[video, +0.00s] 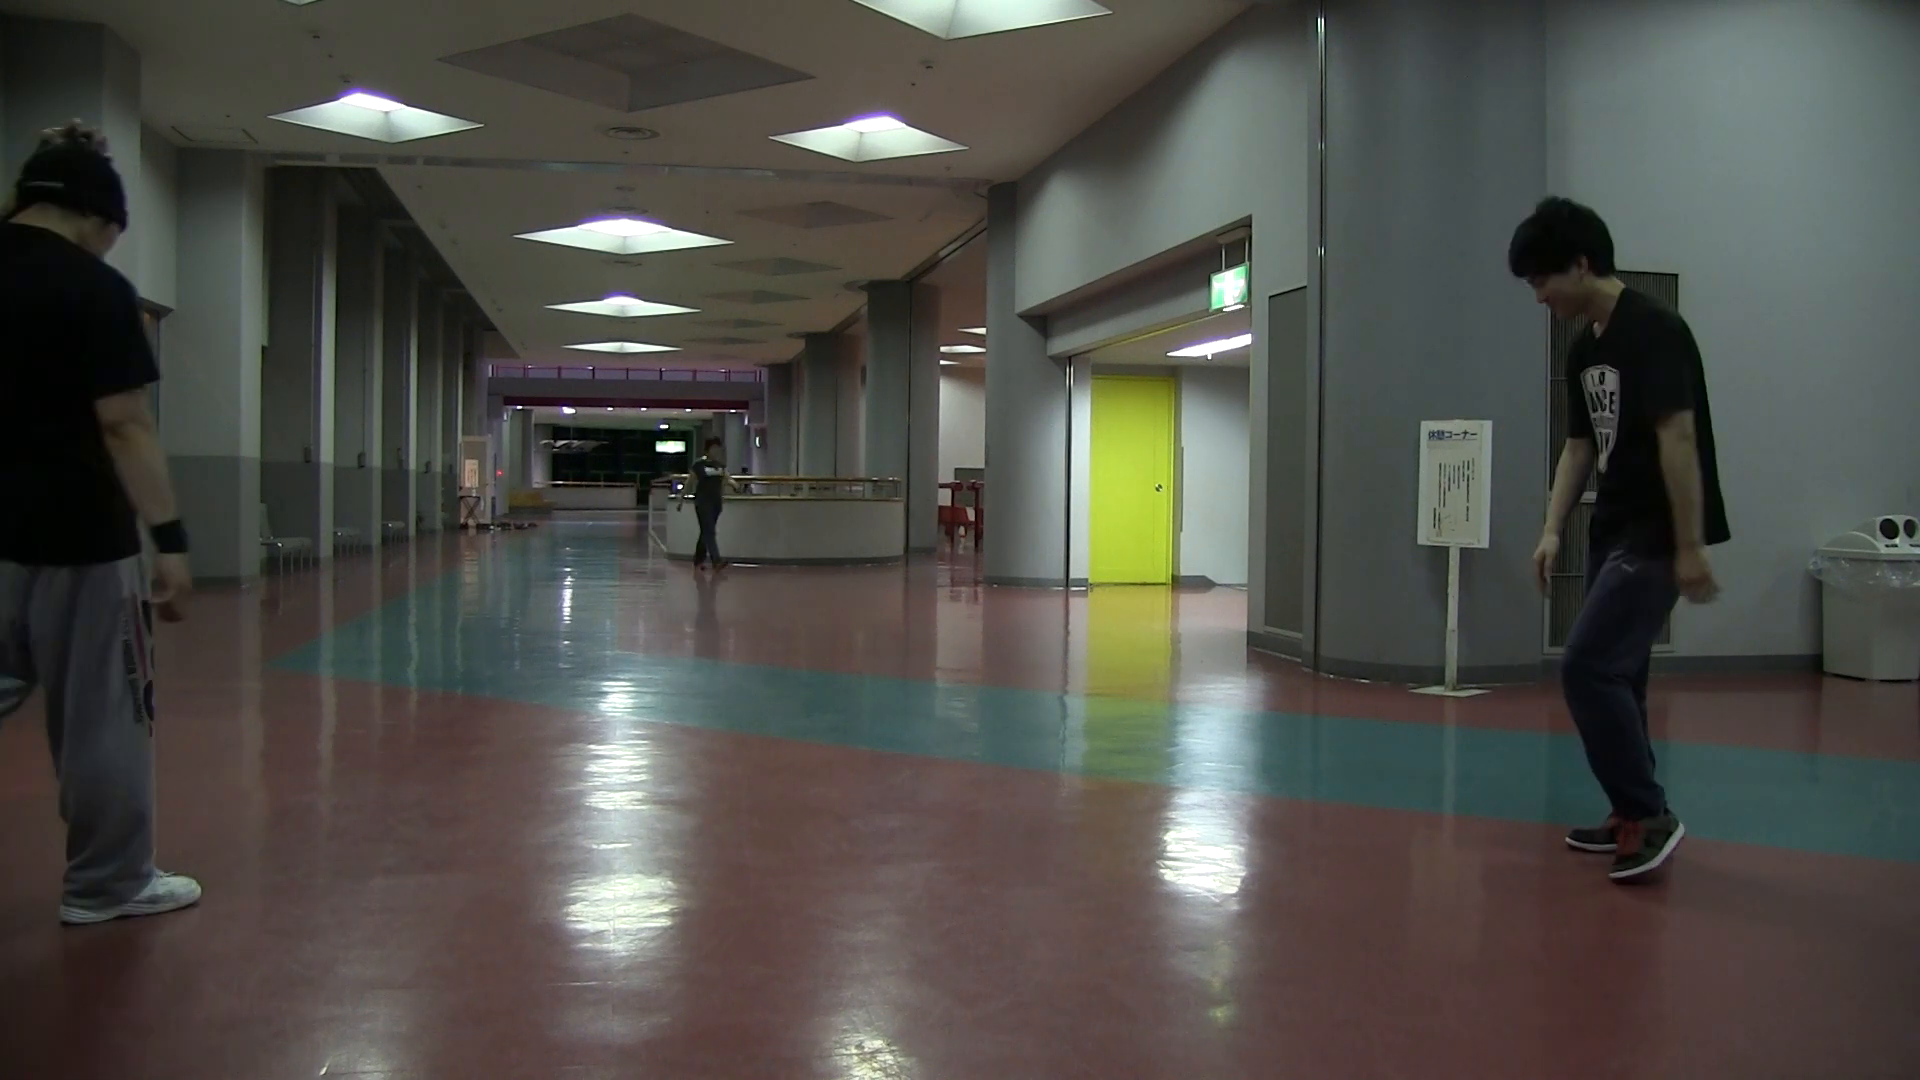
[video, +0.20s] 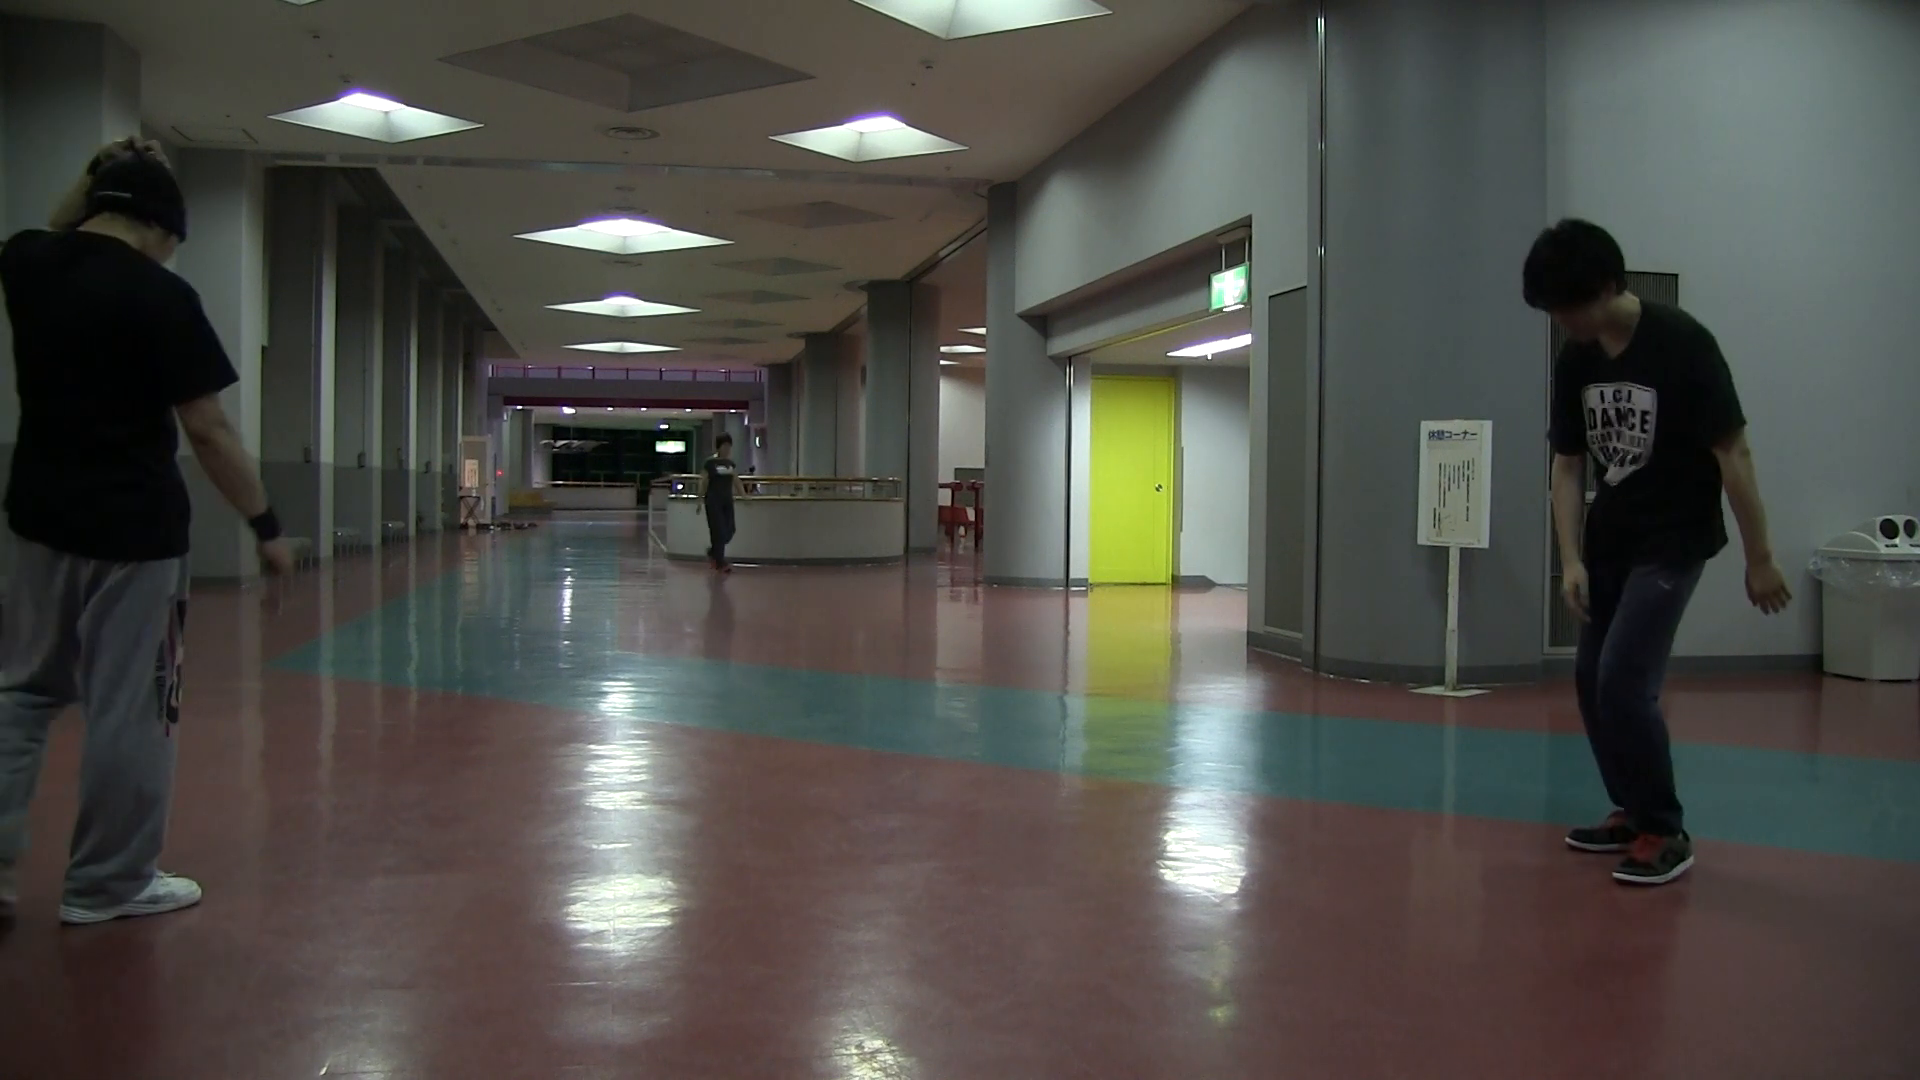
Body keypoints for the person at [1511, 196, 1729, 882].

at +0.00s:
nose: (1537, 294)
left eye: (1542, 278)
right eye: (1532, 281)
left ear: (1582, 264)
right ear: (1572, 271)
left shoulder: (1656, 329)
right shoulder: (1583, 346)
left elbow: (1677, 438)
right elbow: (1580, 443)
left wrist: (1691, 545)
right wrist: (1553, 528)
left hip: (1661, 534)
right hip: (1614, 531)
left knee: (1588, 666)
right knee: (1622, 675)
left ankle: (1649, 817)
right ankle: (1628, 816)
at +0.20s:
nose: (1560, 323)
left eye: (1565, 309)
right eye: (1554, 312)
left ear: (1602, 291)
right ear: (1564, 303)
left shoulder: (1683, 342)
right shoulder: (1575, 358)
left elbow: (1733, 453)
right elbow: (1567, 464)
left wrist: (1759, 558)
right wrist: (1570, 558)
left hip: (1677, 538)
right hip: (1610, 538)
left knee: (1623, 677)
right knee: (1592, 677)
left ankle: (1665, 833)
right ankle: (1631, 815)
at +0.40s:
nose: (1593, 294)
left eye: (1603, 279)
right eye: (1585, 281)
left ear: (1642, 264)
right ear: (1581, 274)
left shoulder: (1713, 321)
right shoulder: (1584, 341)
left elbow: (1733, 439)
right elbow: (1580, 453)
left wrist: (1726, 547)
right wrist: (1589, 554)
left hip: (1692, 538)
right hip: (1620, 539)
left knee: (1676, 678)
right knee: (1594, 678)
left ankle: (1671, 835)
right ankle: (1631, 789)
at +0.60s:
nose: (1632, 262)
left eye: (1646, 248)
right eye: (1622, 248)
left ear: (1682, 237)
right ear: (1612, 242)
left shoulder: (1738, 313)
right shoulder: (1600, 318)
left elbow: (1732, 426)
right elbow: (1587, 422)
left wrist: (1677, 513)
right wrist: (1605, 503)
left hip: (1698, 533)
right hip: (1613, 529)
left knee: (1692, 684)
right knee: (1597, 675)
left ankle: (1676, 834)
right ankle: (1616, 767)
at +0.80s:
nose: (1662, 265)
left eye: (1677, 252)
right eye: (1650, 251)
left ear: (1707, 244)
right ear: (1637, 244)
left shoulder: (1750, 326)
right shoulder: (1612, 317)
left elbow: (1742, 434)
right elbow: (1583, 417)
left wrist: (1688, 513)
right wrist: (1595, 490)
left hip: (1695, 539)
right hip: (1611, 533)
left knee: (1689, 689)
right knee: (1586, 679)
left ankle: (1675, 836)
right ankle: (1600, 785)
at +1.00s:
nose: (1670, 237)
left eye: (1685, 222)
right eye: (1656, 223)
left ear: (1711, 223)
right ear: (1640, 226)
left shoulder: (1752, 317)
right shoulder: (1610, 309)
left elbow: (1771, 432)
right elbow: (1572, 415)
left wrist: (1766, 539)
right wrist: (1560, 516)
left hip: (1696, 539)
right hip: (1608, 533)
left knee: (1692, 693)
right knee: (1587, 682)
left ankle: (1672, 835)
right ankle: (1599, 825)